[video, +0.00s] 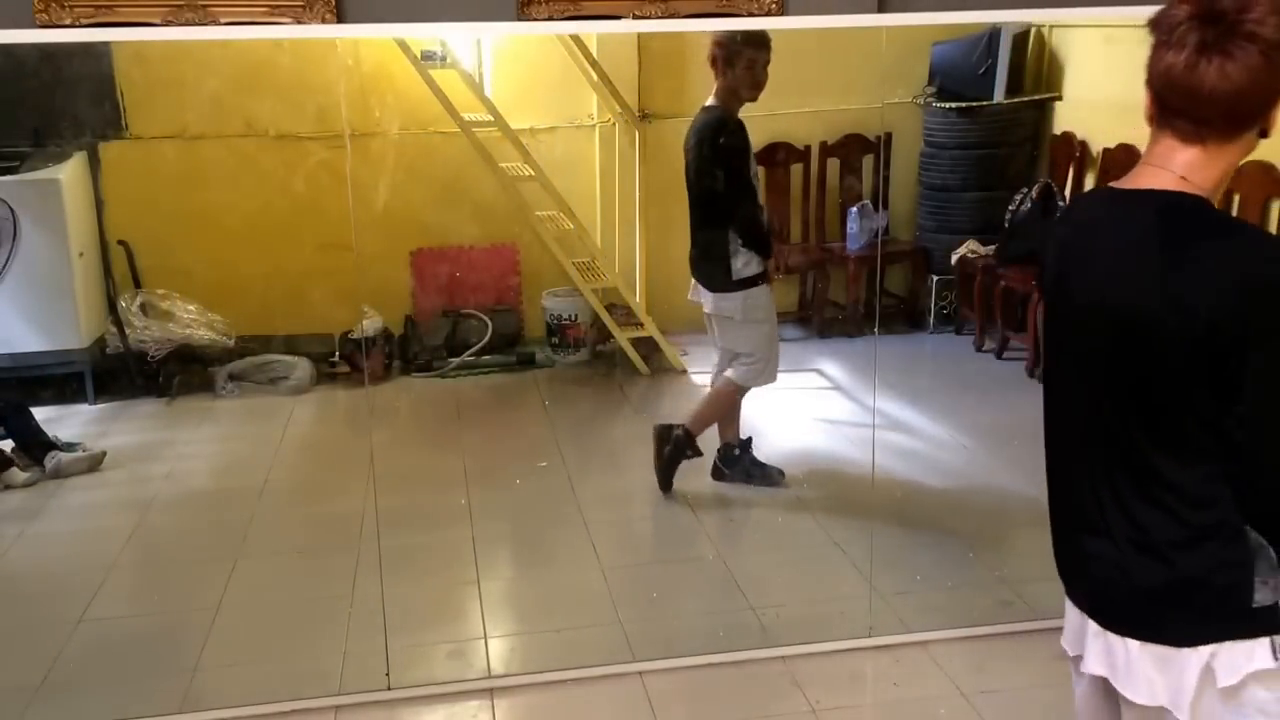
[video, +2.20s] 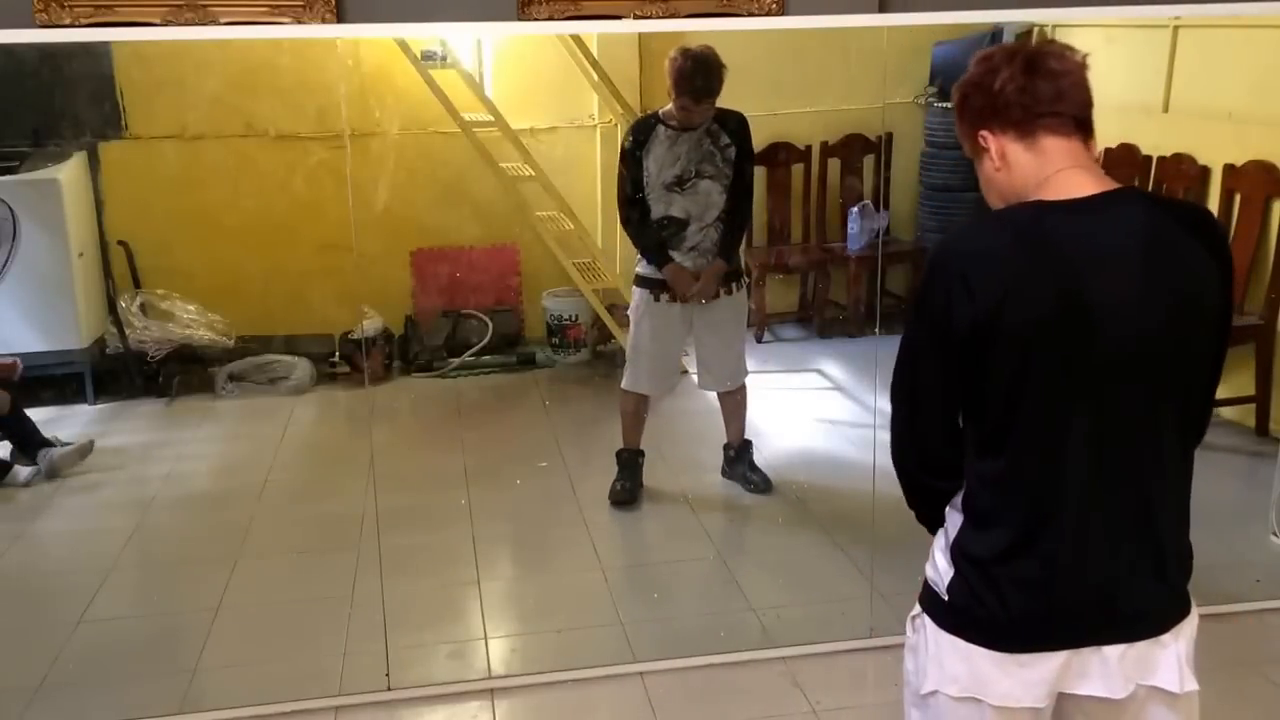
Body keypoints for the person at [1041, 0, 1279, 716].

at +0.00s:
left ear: (1148, 99)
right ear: (1266, 124)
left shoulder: (1072, 231)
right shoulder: (1252, 266)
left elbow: (1067, 407)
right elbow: (1265, 464)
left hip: (1090, 575)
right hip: (1206, 601)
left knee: (1102, 702)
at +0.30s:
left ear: (1162, 89)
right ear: (1269, 119)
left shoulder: (1084, 221)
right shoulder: (1260, 254)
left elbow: (1064, 387)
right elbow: (1270, 440)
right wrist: (1277, 569)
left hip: (1070, 568)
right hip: (1199, 595)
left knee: (1063, 706)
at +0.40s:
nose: (1156, 100)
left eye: (1158, 84)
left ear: (1167, 102)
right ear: (1273, 121)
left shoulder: (1078, 225)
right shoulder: (1269, 243)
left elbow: (1041, 393)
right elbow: (1277, 436)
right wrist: (1276, 579)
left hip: (1058, 583)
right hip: (1209, 607)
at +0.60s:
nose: (1134, 108)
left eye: (1135, 91)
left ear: (1151, 100)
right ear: (1256, 110)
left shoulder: (1057, 224)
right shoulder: (1271, 242)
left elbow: (996, 409)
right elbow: (1279, 438)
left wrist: (1004, 514)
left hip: (1032, 590)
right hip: (1194, 609)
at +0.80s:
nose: (1069, 123)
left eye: (1071, 104)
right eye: (1070, 103)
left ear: (1092, 109)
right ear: (1185, 105)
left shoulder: (1035, 232)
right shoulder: (1256, 243)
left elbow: (962, 402)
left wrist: (918, 541)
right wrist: (1273, 574)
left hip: (1027, 602)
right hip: (1178, 605)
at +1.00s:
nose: (980, 144)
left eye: (979, 125)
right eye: (980, 125)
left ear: (999, 122)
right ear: (1089, 111)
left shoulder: (970, 252)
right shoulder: (1181, 238)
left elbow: (918, 442)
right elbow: (1218, 419)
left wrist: (899, 602)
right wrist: (1206, 562)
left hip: (1003, 611)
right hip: (1147, 604)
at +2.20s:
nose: (982, 183)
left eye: (974, 162)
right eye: (976, 163)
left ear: (993, 148)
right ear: (1086, 131)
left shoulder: (974, 256)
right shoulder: (1195, 240)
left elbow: (920, 446)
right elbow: (1190, 417)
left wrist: (964, 525)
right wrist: (1121, 491)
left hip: (994, 615)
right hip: (1148, 613)